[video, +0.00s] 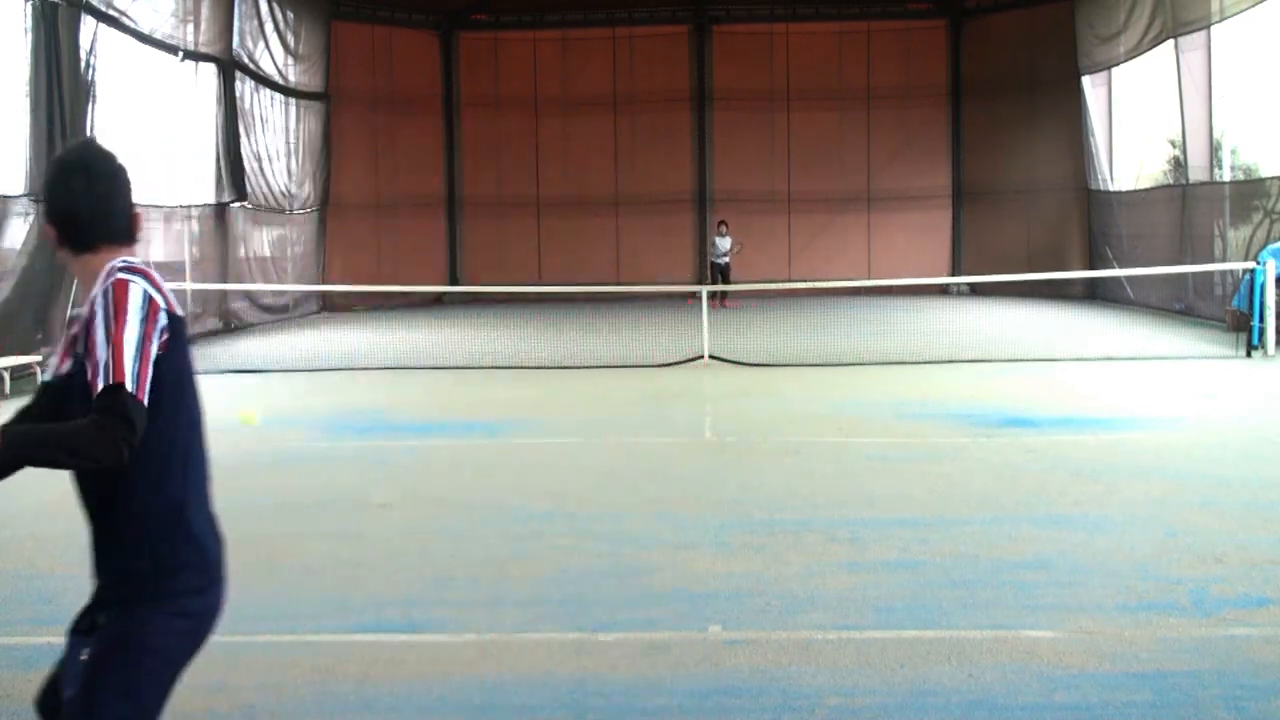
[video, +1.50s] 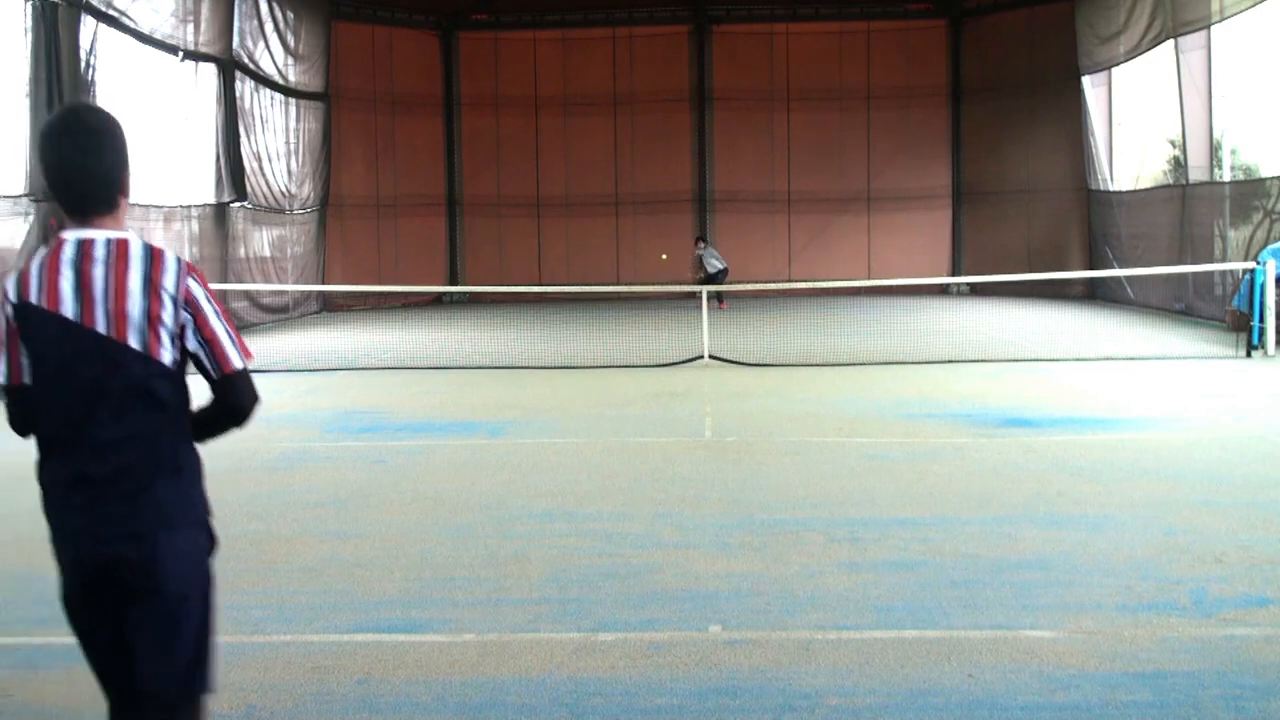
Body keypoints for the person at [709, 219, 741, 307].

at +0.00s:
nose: (722, 230)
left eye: (724, 227)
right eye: (721, 227)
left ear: (727, 229)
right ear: (718, 229)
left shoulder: (729, 239)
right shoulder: (715, 239)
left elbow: (730, 251)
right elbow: (710, 251)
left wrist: (736, 249)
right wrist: (721, 254)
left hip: (725, 263)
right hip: (715, 262)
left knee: (727, 282)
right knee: (715, 281)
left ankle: (723, 299)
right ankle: (714, 299)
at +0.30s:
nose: (716, 230)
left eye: (718, 228)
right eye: (715, 228)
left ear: (721, 229)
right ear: (712, 229)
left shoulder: (725, 239)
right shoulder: (708, 239)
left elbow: (729, 251)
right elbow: (704, 250)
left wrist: (721, 253)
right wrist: (710, 255)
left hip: (720, 263)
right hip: (710, 262)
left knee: (721, 282)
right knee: (703, 279)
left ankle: (718, 301)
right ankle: (698, 296)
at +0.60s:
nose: (708, 235)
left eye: (709, 232)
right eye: (706, 232)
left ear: (712, 234)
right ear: (704, 234)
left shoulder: (717, 243)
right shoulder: (700, 244)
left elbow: (722, 253)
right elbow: (697, 255)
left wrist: (715, 258)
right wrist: (702, 260)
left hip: (715, 266)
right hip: (704, 266)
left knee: (721, 283)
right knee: (699, 282)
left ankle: (726, 299)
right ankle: (695, 297)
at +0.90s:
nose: (703, 239)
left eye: (705, 237)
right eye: (702, 237)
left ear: (708, 238)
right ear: (700, 239)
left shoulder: (711, 246)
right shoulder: (702, 248)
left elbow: (709, 256)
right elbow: (702, 257)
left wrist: (695, 256)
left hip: (716, 268)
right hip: (707, 268)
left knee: (720, 284)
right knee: (700, 283)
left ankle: (726, 301)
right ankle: (699, 300)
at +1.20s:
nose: (698, 243)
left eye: (699, 240)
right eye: (696, 241)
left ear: (703, 241)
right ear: (695, 242)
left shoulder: (706, 249)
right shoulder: (700, 251)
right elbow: (695, 260)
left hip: (717, 269)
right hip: (708, 271)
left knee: (717, 284)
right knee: (701, 284)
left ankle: (722, 302)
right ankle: (701, 301)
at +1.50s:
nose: (700, 245)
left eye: (701, 243)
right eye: (698, 244)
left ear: (704, 243)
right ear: (696, 245)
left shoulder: (709, 250)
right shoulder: (701, 254)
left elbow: (718, 257)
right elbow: (703, 266)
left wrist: (725, 265)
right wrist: (701, 274)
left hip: (721, 270)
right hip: (712, 273)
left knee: (717, 284)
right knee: (702, 284)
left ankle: (721, 302)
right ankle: (706, 302)